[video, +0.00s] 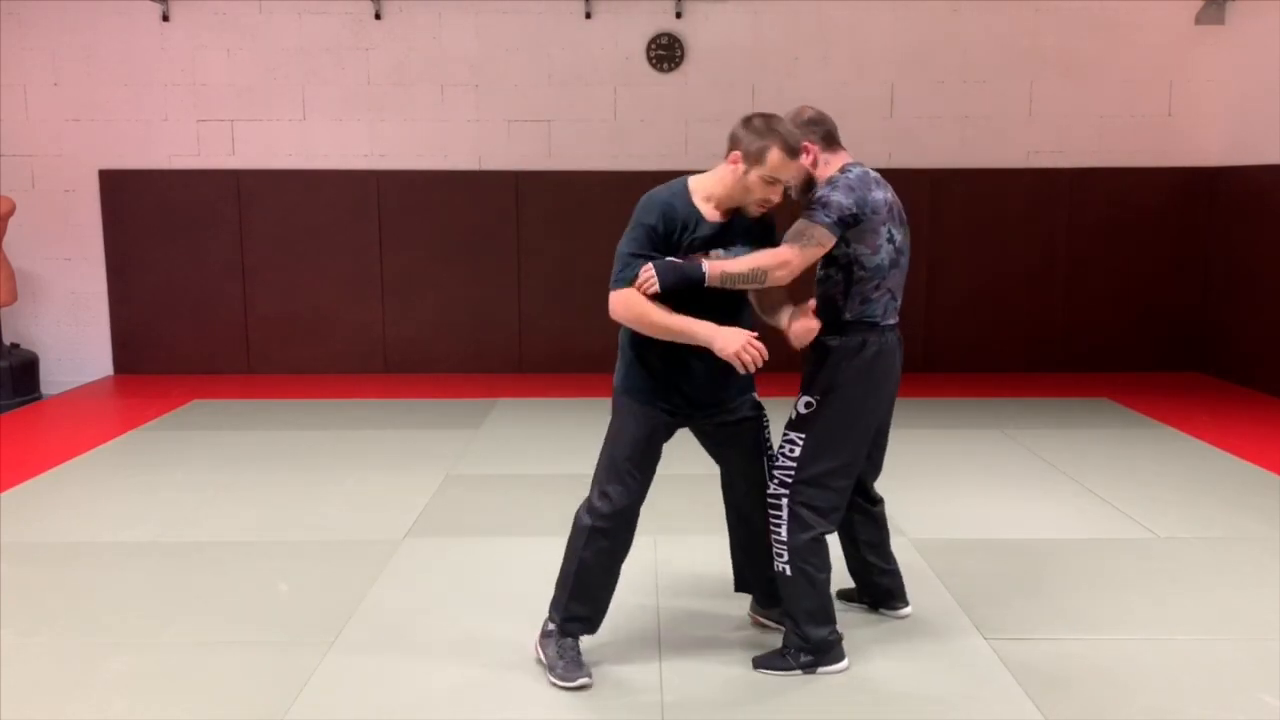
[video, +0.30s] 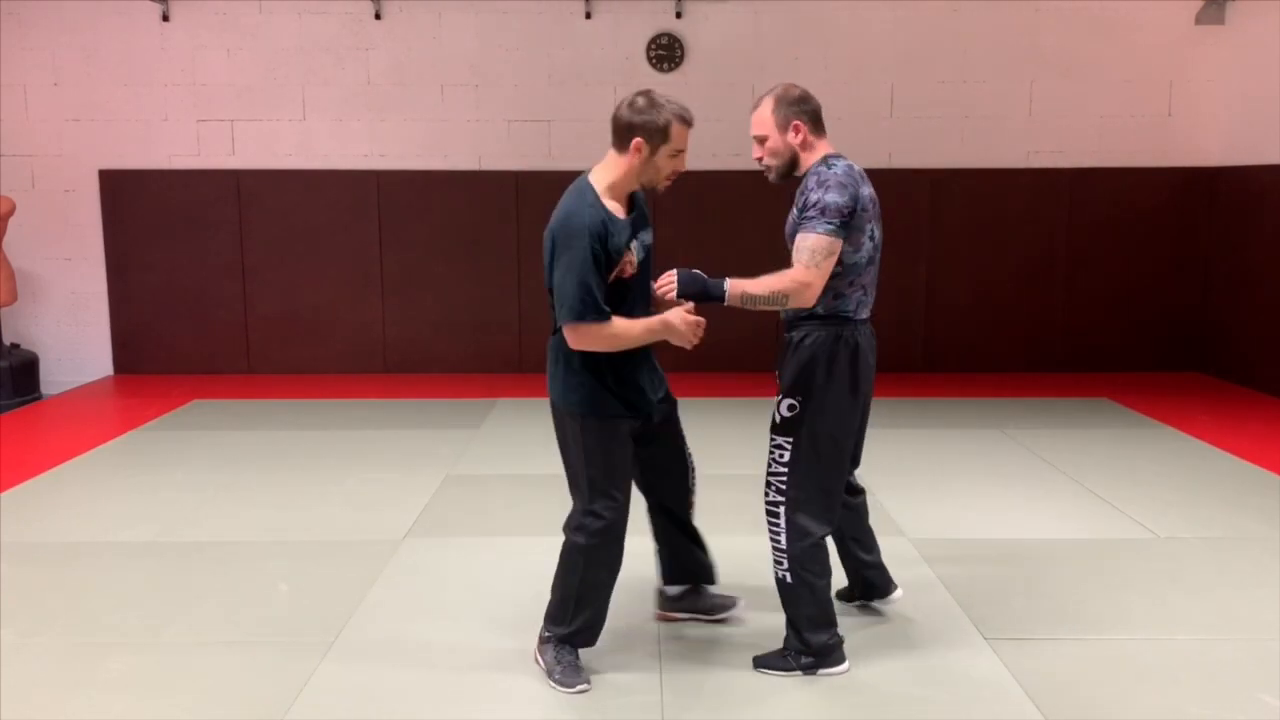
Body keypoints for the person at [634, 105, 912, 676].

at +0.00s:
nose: (789, 183)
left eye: (789, 170)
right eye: (786, 175)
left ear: (811, 152)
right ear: (826, 147)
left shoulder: (844, 189)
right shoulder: (869, 185)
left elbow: (784, 265)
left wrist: (692, 270)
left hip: (849, 356)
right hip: (874, 353)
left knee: (789, 487)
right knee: (850, 479)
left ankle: (813, 640)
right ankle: (881, 585)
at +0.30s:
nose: (756, 153)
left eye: (762, 140)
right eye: (754, 141)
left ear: (798, 133)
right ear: (803, 134)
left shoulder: (829, 184)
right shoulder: (838, 178)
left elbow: (804, 286)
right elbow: (811, 283)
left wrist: (711, 288)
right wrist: (743, 293)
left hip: (824, 351)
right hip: (840, 346)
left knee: (791, 500)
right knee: (833, 477)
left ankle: (813, 644)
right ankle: (870, 579)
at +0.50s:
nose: (734, 146)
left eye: (741, 134)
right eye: (733, 135)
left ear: (776, 128)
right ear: (780, 128)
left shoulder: (810, 180)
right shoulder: (816, 173)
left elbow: (783, 284)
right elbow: (814, 278)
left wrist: (697, 287)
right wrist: (778, 336)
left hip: (812, 346)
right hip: (816, 340)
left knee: (791, 496)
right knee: (801, 470)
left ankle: (813, 645)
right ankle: (829, 569)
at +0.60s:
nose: (725, 147)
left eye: (732, 135)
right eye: (724, 135)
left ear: (767, 130)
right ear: (770, 130)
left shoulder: (802, 182)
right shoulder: (802, 175)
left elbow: (776, 283)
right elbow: (805, 279)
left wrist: (690, 290)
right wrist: (770, 338)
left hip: (805, 345)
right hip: (802, 340)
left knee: (791, 492)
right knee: (792, 472)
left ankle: (814, 644)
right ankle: (798, 576)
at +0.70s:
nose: (719, 149)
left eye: (725, 137)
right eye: (718, 138)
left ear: (760, 131)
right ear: (762, 132)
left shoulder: (798, 182)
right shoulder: (787, 180)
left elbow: (773, 284)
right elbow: (791, 282)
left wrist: (692, 288)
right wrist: (759, 343)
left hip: (798, 345)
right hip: (784, 343)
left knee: (788, 492)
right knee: (775, 476)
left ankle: (815, 642)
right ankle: (777, 579)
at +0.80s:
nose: (713, 151)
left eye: (720, 139)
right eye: (712, 140)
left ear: (754, 133)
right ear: (756, 134)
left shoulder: (793, 182)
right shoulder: (780, 181)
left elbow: (769, 281)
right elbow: (777, 283)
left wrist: (685, 282)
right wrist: (751, 350)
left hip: (789, 347)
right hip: (778, 345)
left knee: (763, 493)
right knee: (773, 477)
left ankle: (809, 637)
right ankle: (782, 578)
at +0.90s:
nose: (709, 153)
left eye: (715, 141)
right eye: (707, 141)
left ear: (750, 132)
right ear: (751, 134)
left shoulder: (789, 181)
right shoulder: (775, 180)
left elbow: (754, 278)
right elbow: (766, 281)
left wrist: (670, 270)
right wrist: (743, 341)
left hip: (783, 344)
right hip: (778, 341)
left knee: (738, 480)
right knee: (774, 474)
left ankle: (791, 622)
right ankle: (774, 585)